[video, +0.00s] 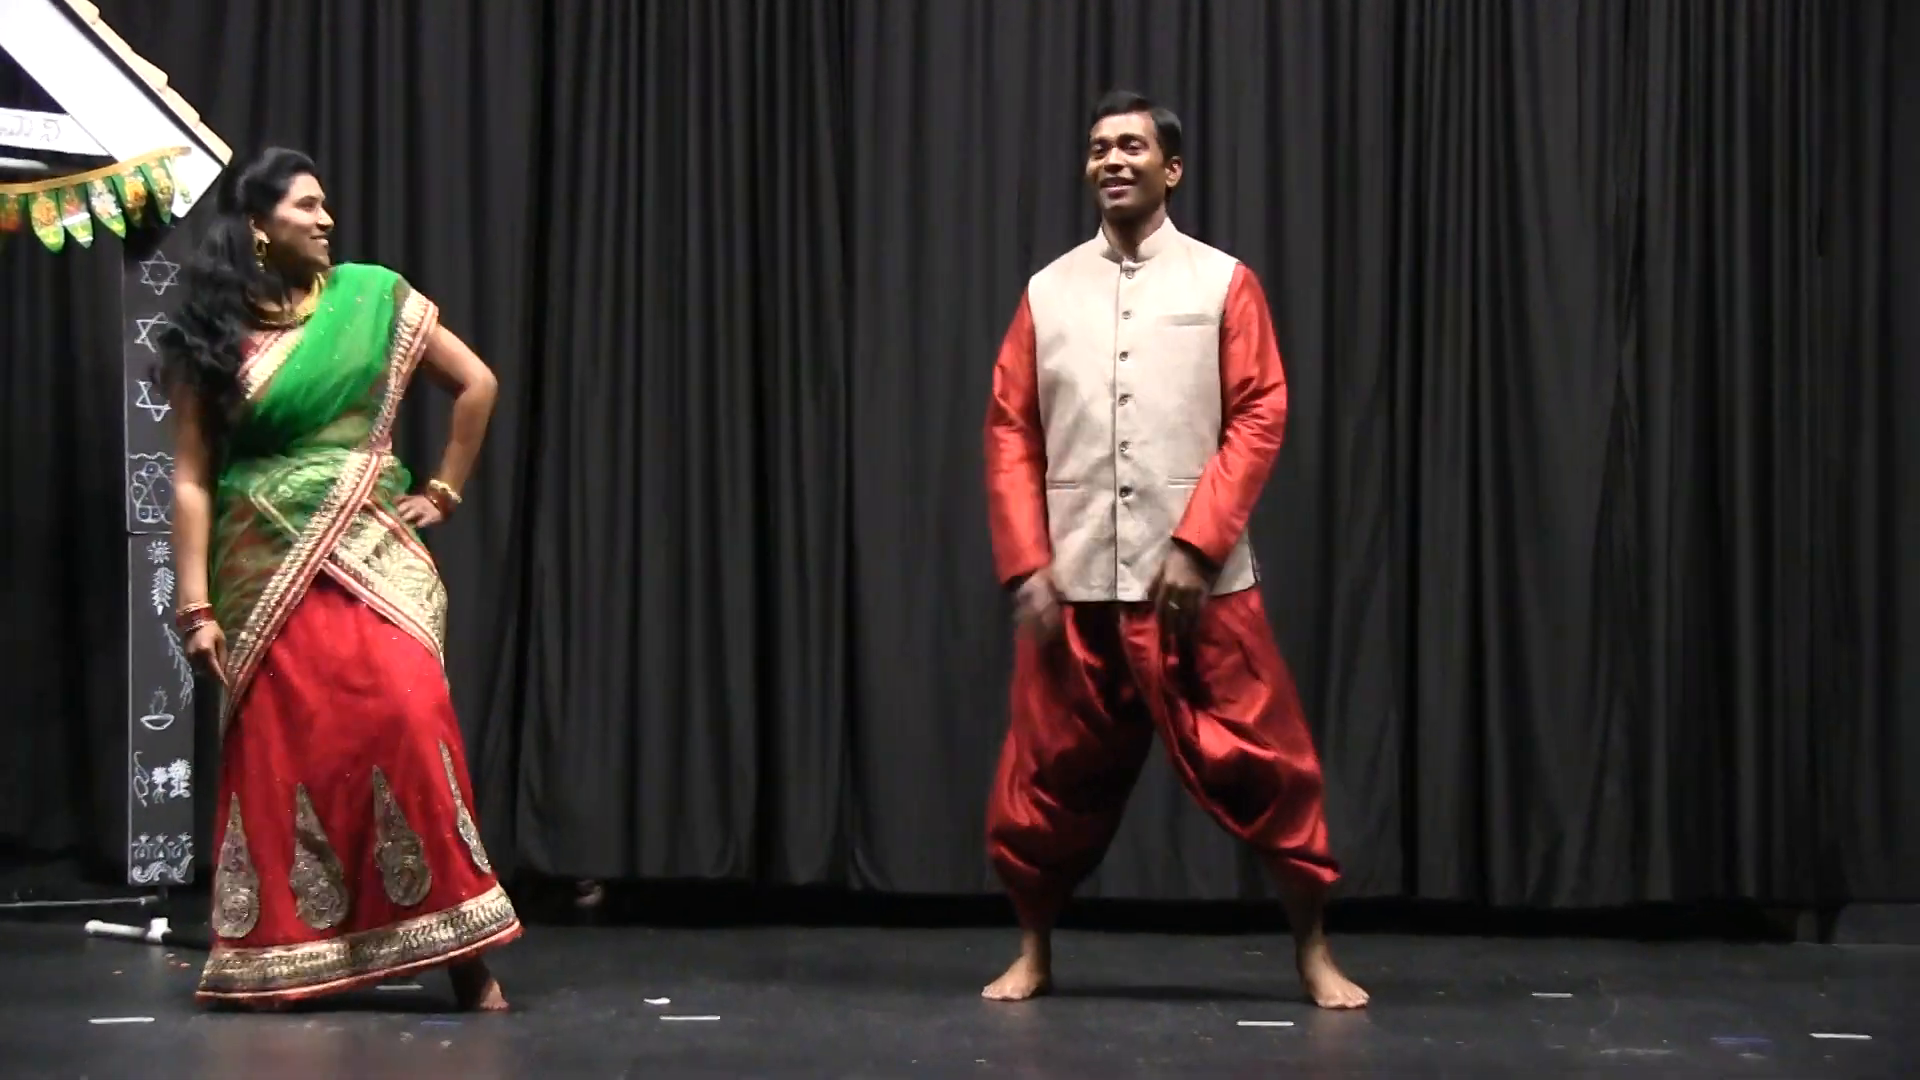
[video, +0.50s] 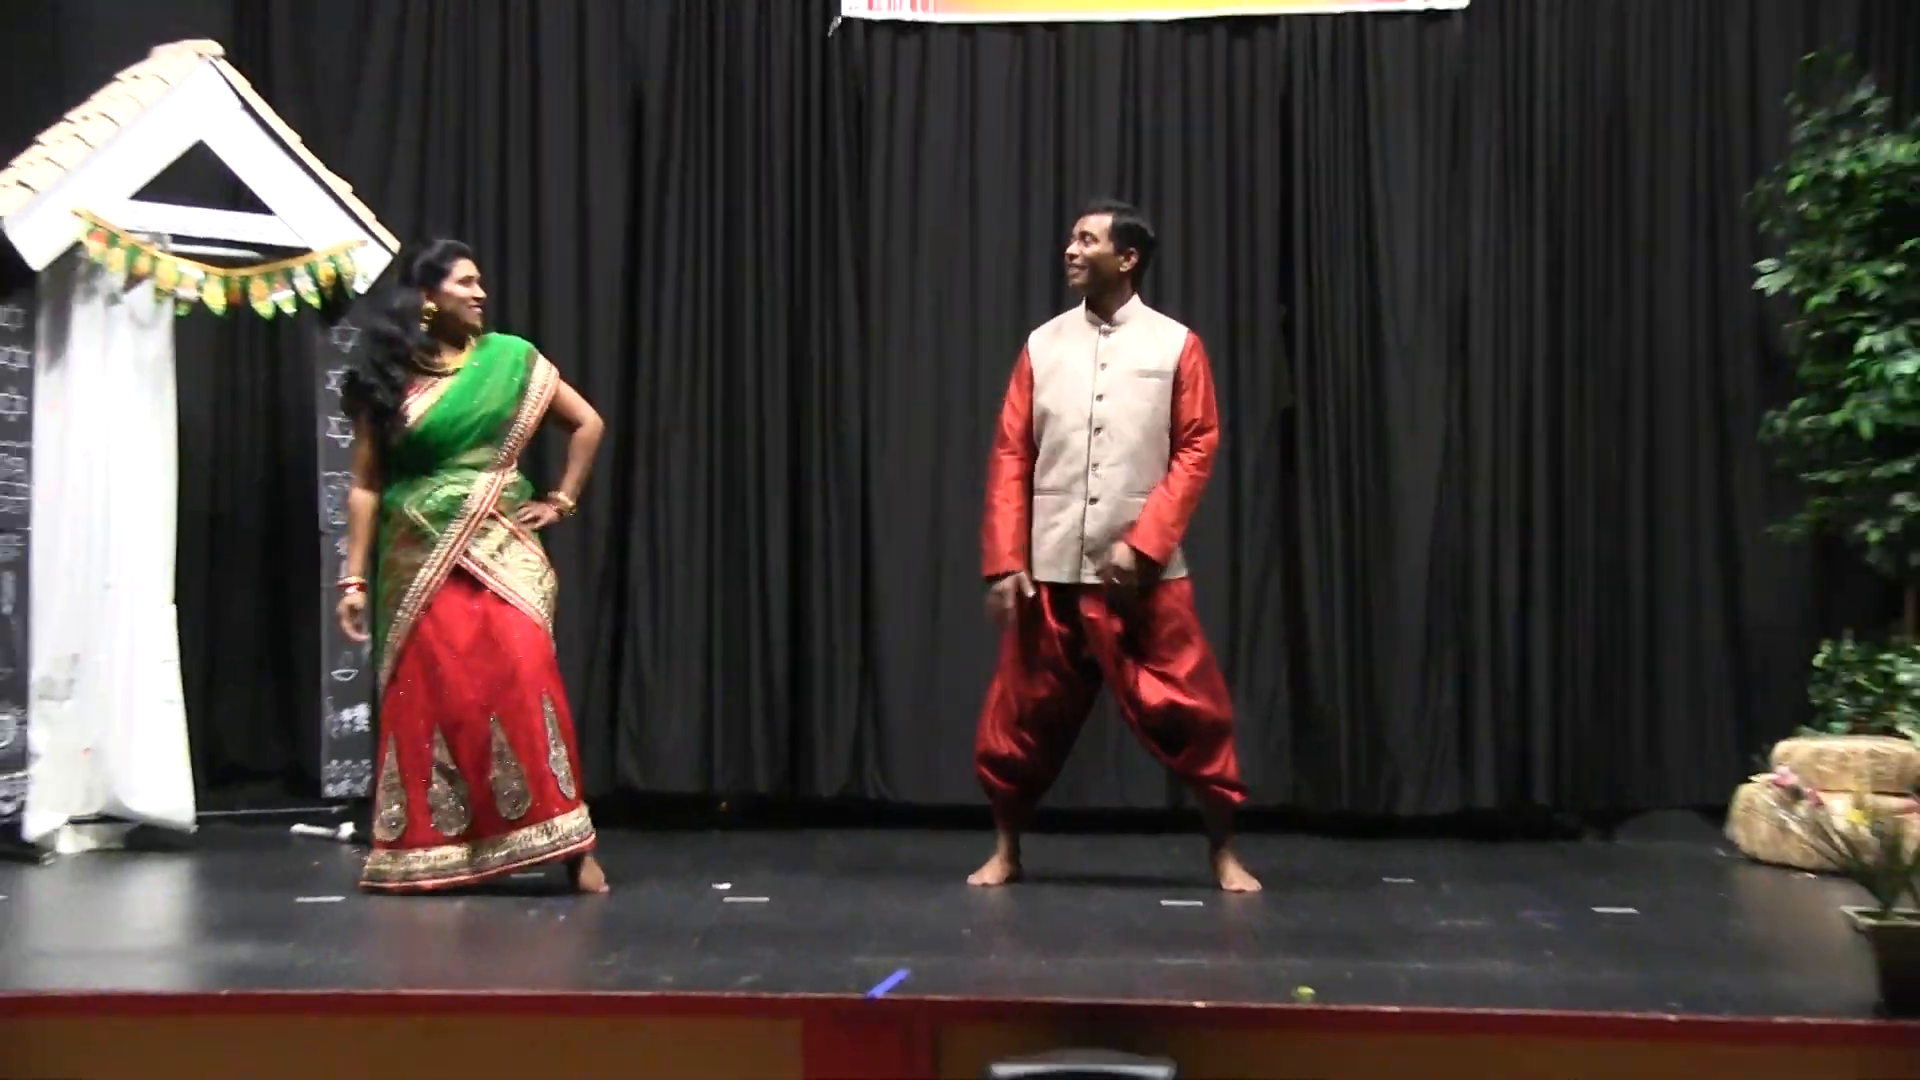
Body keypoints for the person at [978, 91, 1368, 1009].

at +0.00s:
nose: (1113, 160)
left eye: (1131, 146)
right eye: (1101, 149)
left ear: (1170, 166)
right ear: (1087, 173)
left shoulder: (1224, 282)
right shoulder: (1048, 290)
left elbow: (1261, 417)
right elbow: (1011, 431)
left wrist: (1198, 546)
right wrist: (1026, 565)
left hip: (1200, 579)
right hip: (1074, 584)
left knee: (1273, 763)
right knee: (1043, 774)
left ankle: (1315, 956)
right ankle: (1031, 955)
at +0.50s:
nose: (1071, 250)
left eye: (1087, 240)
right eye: (1071, 239)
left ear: (1129, 256)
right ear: (1073, 254)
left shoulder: (1176, 344)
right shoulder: (1041, 345)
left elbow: (1198, 448)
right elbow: (1011, 453)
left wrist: (1147, 542)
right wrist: (1005, 559)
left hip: (1143, 571)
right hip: (1049, 571)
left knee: (1196, 711)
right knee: (1018, 715)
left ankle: (1224, 855)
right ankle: (1004, 852)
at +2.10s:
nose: (1056, 374)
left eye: (1068, 364)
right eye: (1044, 364)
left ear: (1090, 379)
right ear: (1028, 379)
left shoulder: (1130, 455)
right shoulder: (1000, 469)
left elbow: (1157, 551)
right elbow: (985, 572)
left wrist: (1115, 627)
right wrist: (1010, 639)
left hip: (1117, 630)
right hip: (1040, 642)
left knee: (1084, 698)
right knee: (1012, 776)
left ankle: (1089, 860)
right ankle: (1061, 850)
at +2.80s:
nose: (1076, 262)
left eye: (1088, 251)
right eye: (1065, 253)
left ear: (1111, 266)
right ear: (1049, 269)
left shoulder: (1142, 359)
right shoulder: (1010, 345)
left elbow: (1155, 469)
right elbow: (980, 451)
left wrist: (1120, 569)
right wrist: (983, 555)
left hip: (1105, 549)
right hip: (1025, 547)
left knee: (1097, 686)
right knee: (1027, 686)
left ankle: (1093, 845)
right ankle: (1051, 808)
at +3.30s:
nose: (1062, 379)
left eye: (1076, 366)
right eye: (1051, 367)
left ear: (1102, 377)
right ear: (1038, 377)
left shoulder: (1130, 468)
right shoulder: (998, 449)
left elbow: (1143, 584)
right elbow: (956, 551)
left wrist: (1124, 684)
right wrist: (1009, 620)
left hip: (1086, 627)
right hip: (1009, 621)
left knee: (1101, 720)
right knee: (980, 736)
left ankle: (1117, 817)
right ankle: (1004, 849)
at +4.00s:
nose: (1034, 271)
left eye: (1046, 260)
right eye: (1023, 261)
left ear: (1068, 276)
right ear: (1006, 277)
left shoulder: (1108, 359)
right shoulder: (974, 368)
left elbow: (1131, 474)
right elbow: (967, 480)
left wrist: (1125, 576)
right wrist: (985, 575)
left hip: (1088, 562)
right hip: (1007, 563)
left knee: (1108, 698)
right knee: (995, 688)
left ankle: (1116, 801)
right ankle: (1002, 842)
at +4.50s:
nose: (1056, 362)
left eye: (1068, 349)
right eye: (1044, 351)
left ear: (1092, 359)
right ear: (1029, 365)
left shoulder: (1134, 436)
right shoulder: (1002, 452)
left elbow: (1166, 533)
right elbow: (994, 569)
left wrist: (1128, 613)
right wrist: (1009, 670)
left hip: (1126, 604)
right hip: (1050, 614)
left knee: (1111, 706)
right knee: (1057, 710)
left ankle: (1110, 846)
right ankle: (1048, 817)